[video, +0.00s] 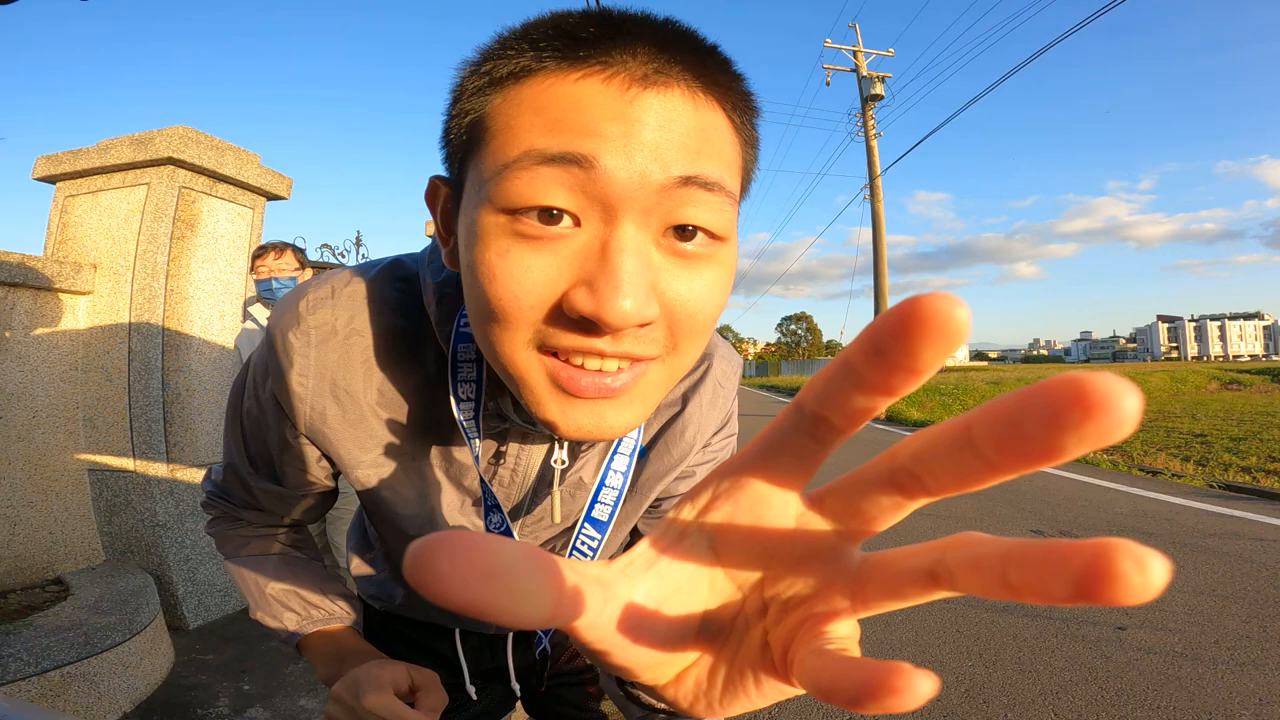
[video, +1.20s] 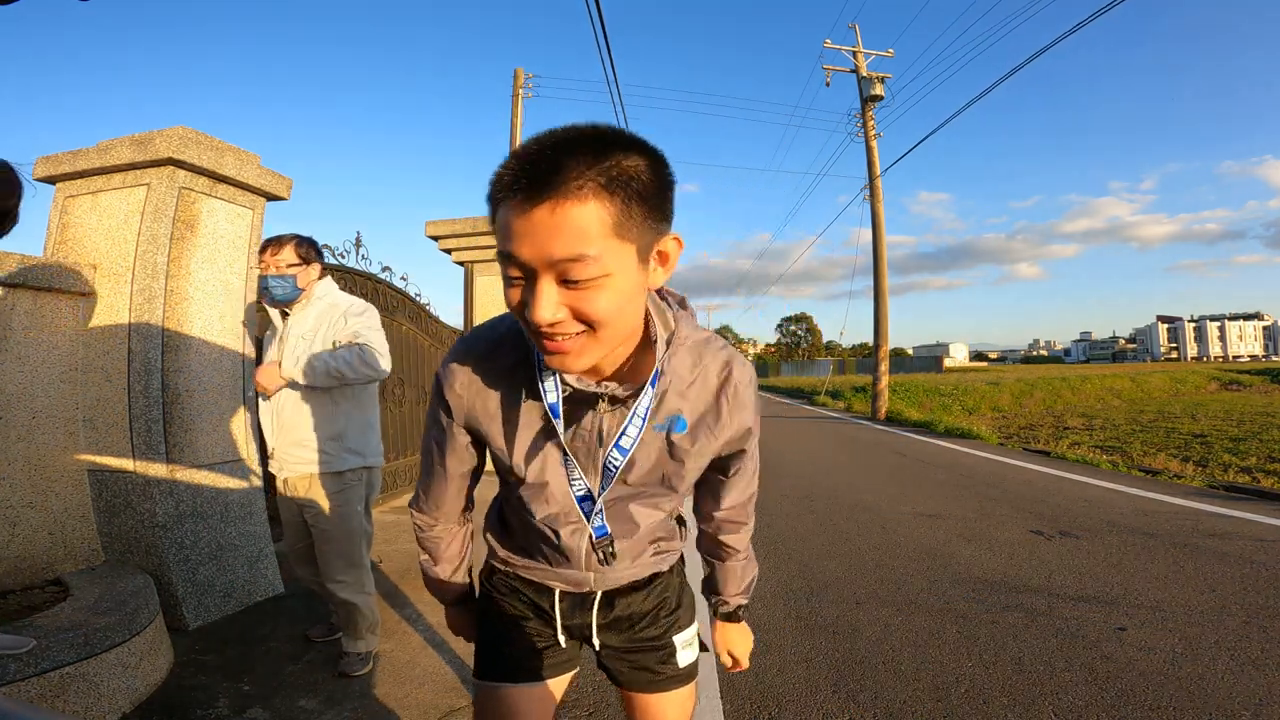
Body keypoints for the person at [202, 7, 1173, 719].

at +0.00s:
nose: (615, 301)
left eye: (685, 236)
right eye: (546, 216)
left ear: (734, 261)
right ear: (448, 227)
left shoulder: (713, 384)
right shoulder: (326, 348)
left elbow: (690, 543)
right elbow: (253, 524)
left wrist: (668, 637)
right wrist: (339, 660)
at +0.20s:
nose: (650, 326)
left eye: (720, 263)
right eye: (595, 241)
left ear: (762, 289)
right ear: (505, 249)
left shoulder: (725, 407)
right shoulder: (373, 363)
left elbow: (698, 534)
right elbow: (314, 505)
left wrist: (680, 627)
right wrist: (374, 645)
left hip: (598, 591)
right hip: (451, 601)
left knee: (615, 705)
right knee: (460, 709)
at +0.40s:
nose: (694, 368)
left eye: (754, 320)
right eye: (652, 299)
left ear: (796, 340)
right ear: (582, 301)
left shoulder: (762, 442)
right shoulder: (449, 415)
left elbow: (711, 528)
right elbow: (389, 534)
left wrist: (691, 606)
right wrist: (397, 614)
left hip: (633, 583)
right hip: (495, 585)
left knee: (637, 705)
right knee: (518, 708)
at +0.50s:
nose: (707, 375)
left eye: (765, 334)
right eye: (672, 314)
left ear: (805, 355)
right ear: (610, 316)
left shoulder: (772, 454)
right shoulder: (481, 425)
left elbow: (687, 529)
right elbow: (416, 535)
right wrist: (441, 595)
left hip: (639, 581)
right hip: (509, 586)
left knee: (650, 708)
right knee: (533, 709)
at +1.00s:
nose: (665, 355)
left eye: (708, 325)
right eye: (640, 314)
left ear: (770, 326)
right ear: (614, 299)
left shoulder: (767, 432)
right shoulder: (520, 401)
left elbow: (716, 528)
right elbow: (450, 518)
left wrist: (676, 569)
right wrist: (486, 583)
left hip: (653, 581)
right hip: (531, 586)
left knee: (674, 710)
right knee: (533, 708)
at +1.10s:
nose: (604, 333)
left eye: (644, 302)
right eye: (581, 296)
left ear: (719, 293)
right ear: (563, 280)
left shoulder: (748, 407)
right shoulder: (501, 385)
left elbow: (728, 516)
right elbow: (447, 515)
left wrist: (702, 586)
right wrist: (474, 586)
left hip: (656, 581)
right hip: (533, 584)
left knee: (673, 710)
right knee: (522, 709)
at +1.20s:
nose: (540, 312)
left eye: (574, 279)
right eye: (518, 277)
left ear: (659, 264)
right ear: (503, 264)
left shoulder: (718, 383)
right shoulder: (473, 375)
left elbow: (727, 517)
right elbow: (437, 515)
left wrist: (728, 609)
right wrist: (455, 598)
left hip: (651, 591)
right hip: (525, 592)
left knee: (665, 709)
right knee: (506, 709)